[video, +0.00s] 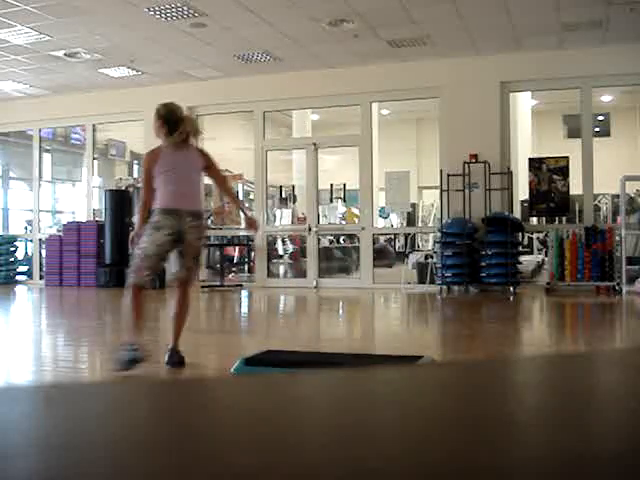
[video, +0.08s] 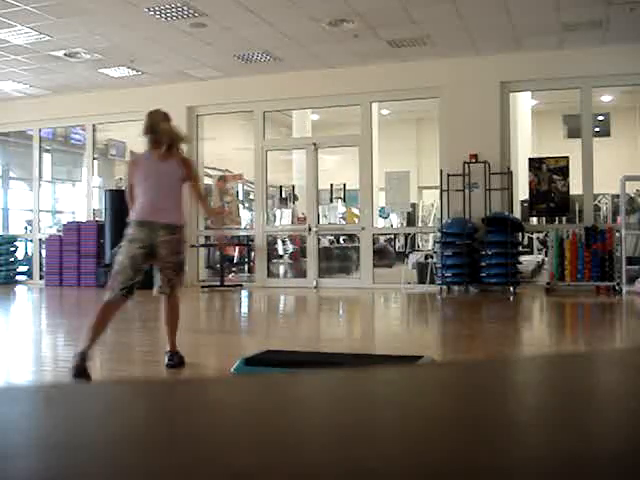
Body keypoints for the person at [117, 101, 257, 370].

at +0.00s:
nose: (153, 126)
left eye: (155, 122)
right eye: (155, 121)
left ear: (161, 125)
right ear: (180, 123)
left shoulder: (153, 156)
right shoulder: (198, 154)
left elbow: (147, 198)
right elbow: (223, 185)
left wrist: (139, 228)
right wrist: (245, 213)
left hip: (164, 218)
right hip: (194, 219)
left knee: (137, 278)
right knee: (184, 283)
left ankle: (135, 344)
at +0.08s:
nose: (169, 129)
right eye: (167, 125)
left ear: (146, 132)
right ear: (170, 130)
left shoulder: (136, 161)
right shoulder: (182, 162)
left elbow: (131, 197)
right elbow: (198, 193)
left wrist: (138, 217)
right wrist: (210, 213)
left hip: (139, 226)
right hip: (170, 229)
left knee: (117, 291)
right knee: (170, 291)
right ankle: (172, 351)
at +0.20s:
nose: (163, 134)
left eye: (162, 129)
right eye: (161, 129)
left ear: (136, 128)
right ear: (153, 130)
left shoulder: (119, 151)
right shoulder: (154, 156)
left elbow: (130, 177)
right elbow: (154, 195)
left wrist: (158, 172)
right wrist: (156, 231)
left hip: (112, 226)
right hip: (142, 227)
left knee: (100, 299)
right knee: (164, 289)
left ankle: (74, 364)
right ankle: (172, 348)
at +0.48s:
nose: (163, 108)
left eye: (163, 103)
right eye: (157, 103)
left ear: (149, 108)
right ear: (140, 106)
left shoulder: (142, 139)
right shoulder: (134, 132)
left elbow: (148, 189)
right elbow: (116, 165)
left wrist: (187, 192)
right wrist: (115, 204)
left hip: (113, 214)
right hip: (130, 214)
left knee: (101, 288)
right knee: (166, 280)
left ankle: (71, 357)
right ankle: (150, 353)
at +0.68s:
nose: (172, 108)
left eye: (174, 103)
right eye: (164, 102)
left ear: (177, 111)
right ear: (149, 110)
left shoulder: (166, 155)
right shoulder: (149, 134)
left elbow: (188, 196)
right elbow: (127, 163)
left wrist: (228, 192)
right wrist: (114, 202)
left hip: (133, 228)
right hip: (138, 227)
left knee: (107, 298)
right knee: (152, 302)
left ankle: (75, 359)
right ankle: (124, 379)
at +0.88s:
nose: (203, 86)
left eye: (205, 82)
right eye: (196, 81)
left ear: (205, 89)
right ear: (179, 86)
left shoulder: (195, 132)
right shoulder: (171, 114)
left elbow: (217, 175)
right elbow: (136, 148)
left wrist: (250, 202)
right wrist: (110, 184)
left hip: (157, 207)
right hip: (170, 205)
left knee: (146, 287)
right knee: (190, 285)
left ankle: (119, 363)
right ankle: (167, 368)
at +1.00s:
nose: (229, 102)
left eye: (230, 96)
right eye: (225, 95)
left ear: (213, 97)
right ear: (206, 95)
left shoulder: (211, 136)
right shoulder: (190, 130)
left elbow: (207, 179)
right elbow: (158, 167)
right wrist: (135, 207)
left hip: (201, 225)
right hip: (193, 223)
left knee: (163, 301)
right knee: (226, 299)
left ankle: (121, 370)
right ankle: (218, 378)